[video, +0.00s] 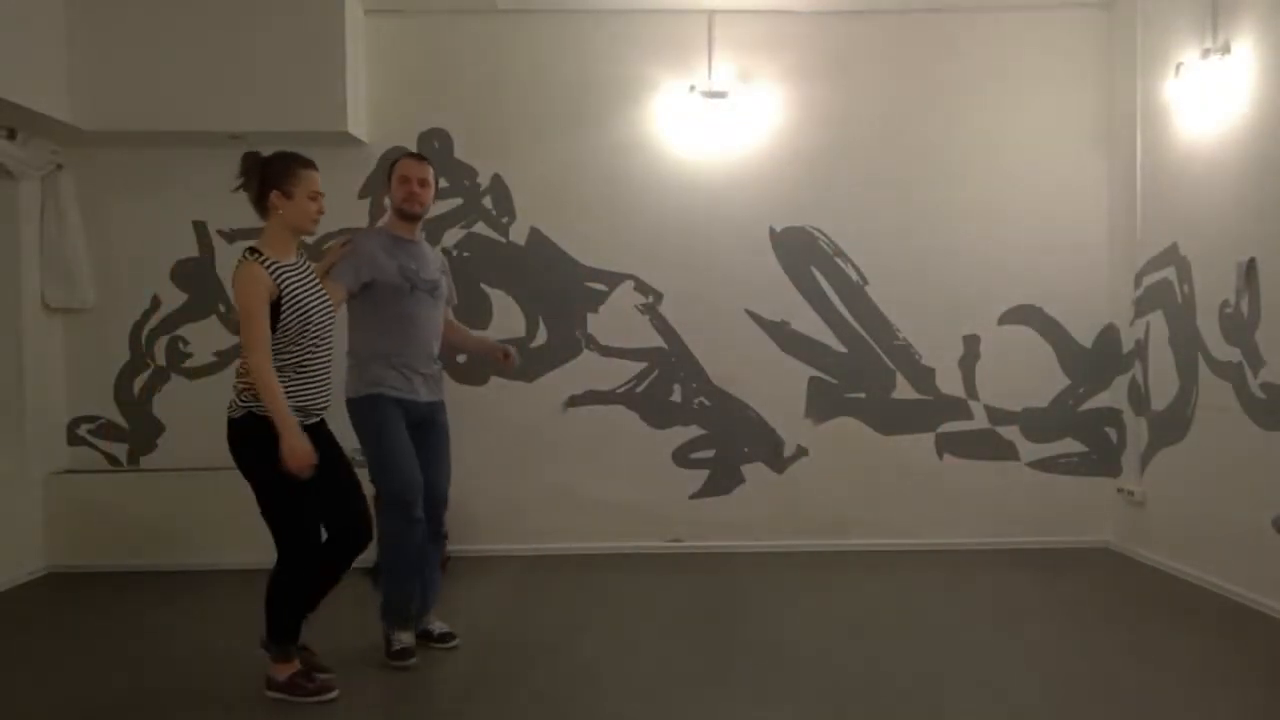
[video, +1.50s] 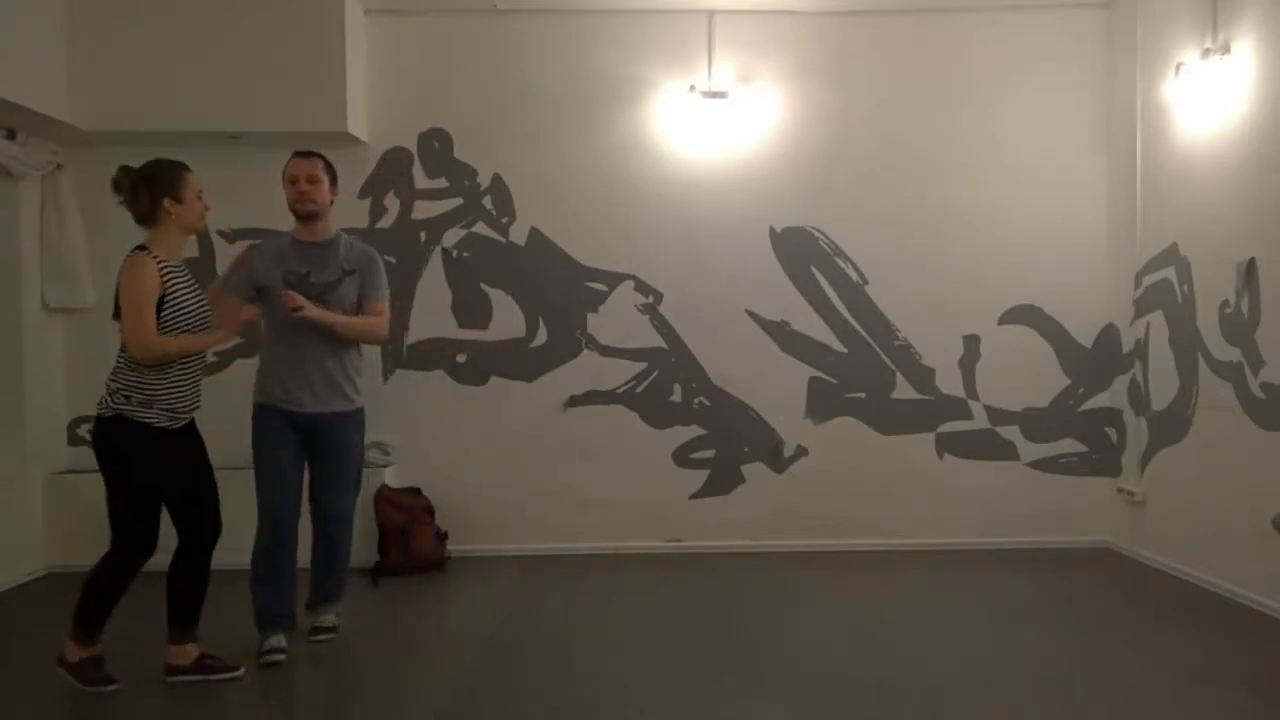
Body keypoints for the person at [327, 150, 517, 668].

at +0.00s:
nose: (414, 191)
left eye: (423, 183)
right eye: (405, 182)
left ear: (433, 194)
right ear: (387, 190)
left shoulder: (435, 260)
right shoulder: (365, 247)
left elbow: (444, 330)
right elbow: (313, 306)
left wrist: (490, 346)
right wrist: (267, 355)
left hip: (428, 394)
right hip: (376, 392)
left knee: (433, 503)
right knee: (403, 498)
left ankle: (420, 613)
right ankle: (398, 622)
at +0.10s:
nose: (416, 188)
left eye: (424, 181)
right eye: (407, 179)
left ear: (435, 192)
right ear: (389, 188)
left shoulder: (439, 259)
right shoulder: (367, 246)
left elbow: (447, 328)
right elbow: (319, 301)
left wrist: (492, 340)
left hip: (431, 399)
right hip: (380, 397)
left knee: (433, 508)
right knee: (403, 507)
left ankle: (424, 615)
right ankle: (418, 627)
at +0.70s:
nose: (383, 185)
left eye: (391, 178)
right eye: (374, 178)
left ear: (405, 190)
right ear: (359, 187)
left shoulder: (414, 259)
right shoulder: (334, 250)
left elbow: (419, 323)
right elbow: (297, 316)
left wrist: (468, 337)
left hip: (406, 398)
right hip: (351, 398)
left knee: (416, 510)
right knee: (367, 509)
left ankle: (417, 619)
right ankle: (329, 623)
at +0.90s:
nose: (347, 191)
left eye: (356, 184)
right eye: (337, 183)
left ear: (370, 195)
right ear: (323, 194)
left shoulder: (381, 266)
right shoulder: (298, 254)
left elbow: (388, 336)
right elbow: (265, 314)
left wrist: (429, 343)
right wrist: (227, 324)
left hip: (372, 411)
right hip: (312, 411)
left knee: (399, 510)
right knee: (308, 524)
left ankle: (415, 618)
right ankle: (284, 631)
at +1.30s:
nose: (304, 186)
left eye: (314, 179)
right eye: (295, 179)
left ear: (332, 190)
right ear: (284, 191)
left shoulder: (358, 258)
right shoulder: (256, 254)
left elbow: (380, 330)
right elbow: (221, 317)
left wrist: (352, 323)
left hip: (337, 404)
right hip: (272, 404)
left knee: (349, 510)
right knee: (274, 517)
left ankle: (344, 604)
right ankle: (276, 626)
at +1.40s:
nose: (303, 185)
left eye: (313, 177)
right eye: (294, 178)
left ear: (332, 188)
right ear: (283, 188)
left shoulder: (361, 255)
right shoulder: (256, 251)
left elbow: (380, 326)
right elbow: (225, 316)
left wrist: (334, 314)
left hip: (338, 405)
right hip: (274, 404)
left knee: (341, 515)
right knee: (272, 515)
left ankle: (329, 607)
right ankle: (274, 624)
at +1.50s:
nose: (302, 189)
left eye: (313, 181)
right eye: (294, 182)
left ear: (333, 191)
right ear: (284, 193)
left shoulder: (363, 258)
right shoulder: (263, 254)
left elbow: (378, 329)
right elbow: (215, 307)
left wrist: (318, 313)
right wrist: (247, 312)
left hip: (340, 409)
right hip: (277, 407)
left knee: (334, 515)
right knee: (277, 516)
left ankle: (326, 606)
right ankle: (273, 626)